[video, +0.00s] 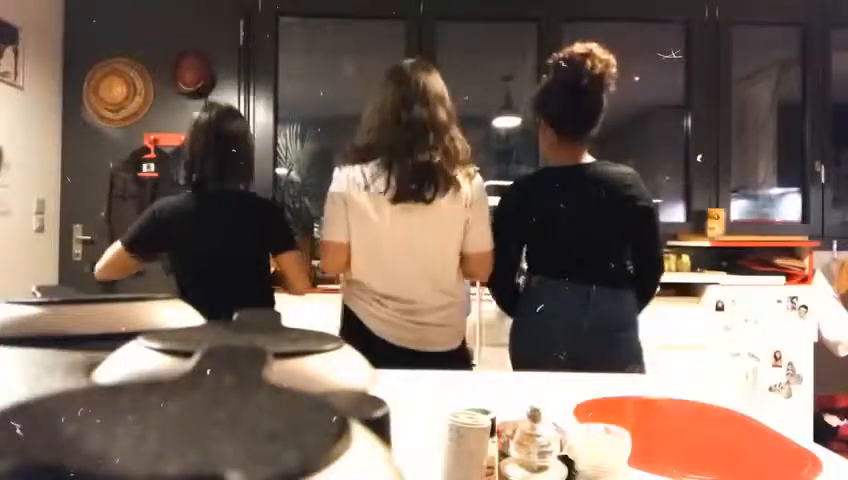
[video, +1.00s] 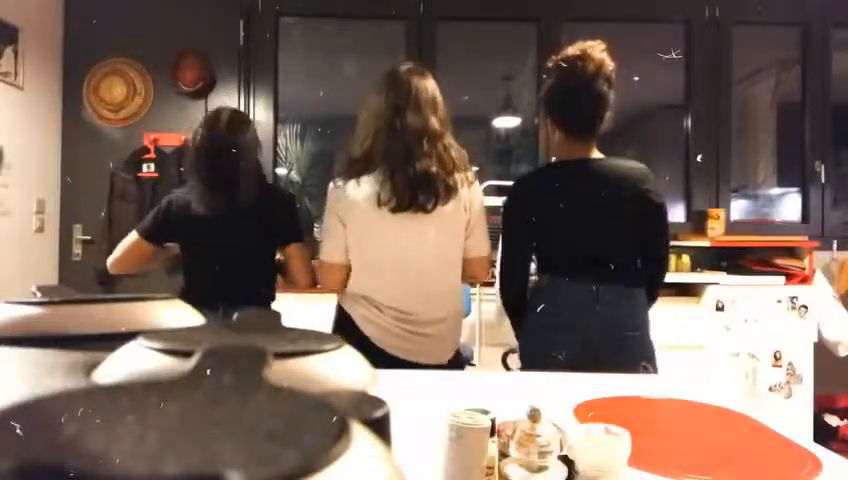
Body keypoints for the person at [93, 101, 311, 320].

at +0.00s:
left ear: (192, 156)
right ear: (245, 155)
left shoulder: (169, 213)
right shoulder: (265, 212)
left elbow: (104, 270)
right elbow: (301, 285)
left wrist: (153, 252)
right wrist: (271, 270)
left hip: (200, 344)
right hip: (261, 345)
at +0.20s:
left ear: (192, 144)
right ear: (247, 145)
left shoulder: (170, 201)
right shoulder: (265, 200)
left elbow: (107, 255)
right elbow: (299, 277)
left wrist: (159, 247)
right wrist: (261, 261)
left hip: (195, 332)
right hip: (260, 331)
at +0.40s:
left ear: (195, 144)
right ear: (250, 142)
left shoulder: (174, 202)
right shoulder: (272, 202)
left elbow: (111, 258)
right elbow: (302, 279)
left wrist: (163, 244)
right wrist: (264, 263)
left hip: (196, 336)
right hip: (260, 337)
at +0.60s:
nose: (184, 165)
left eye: (188, 155)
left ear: (196, 162)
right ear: (249, 158)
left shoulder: (183, 215)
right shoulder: (276, 211)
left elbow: (120, 276)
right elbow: (304, 287)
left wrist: (171, 259)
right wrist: (271, 270)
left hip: (205, 342)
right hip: (266, 342)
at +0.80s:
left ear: (198, 152)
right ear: (256, 149)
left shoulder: (180, 202)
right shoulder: (279, 202)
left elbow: (119, 263)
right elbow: (300, 281)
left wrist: (172, 249)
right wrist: (267, 264)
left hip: (197, 325)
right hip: (262, 326)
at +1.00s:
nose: (260, 148)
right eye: (256, 143)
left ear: (198, 153)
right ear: (253, 149)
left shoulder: (181, 203)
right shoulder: (277, 202)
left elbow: (117, 264)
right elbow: (303, 279)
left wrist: (169, 252)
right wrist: (270, 262)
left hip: (194, 330)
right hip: (258, 332)